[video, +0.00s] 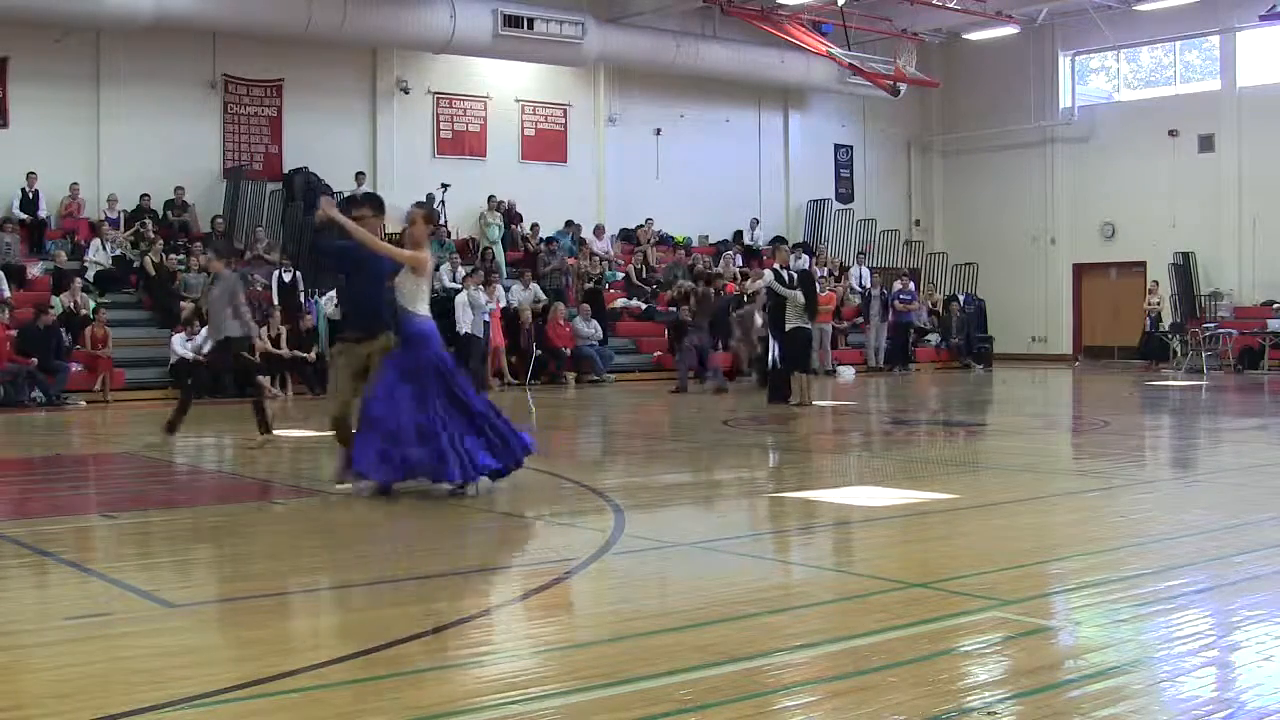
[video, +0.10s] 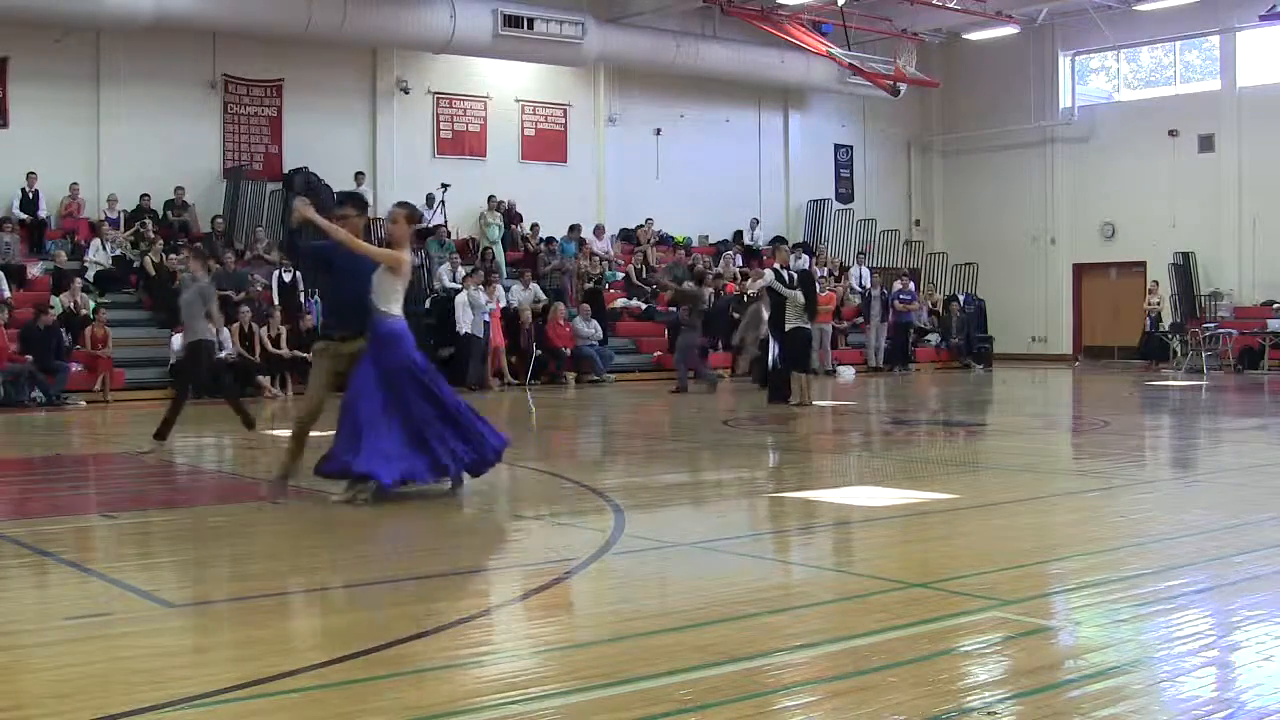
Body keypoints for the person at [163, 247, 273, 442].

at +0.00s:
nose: (207, 263)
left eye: (211, 259)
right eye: (208, 259)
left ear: (223, 261)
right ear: (216, 261)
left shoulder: (232, 279)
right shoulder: (214, 282)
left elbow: (241, 308)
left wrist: (253, 331)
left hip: (235, 337)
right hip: (221, 338)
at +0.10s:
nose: (190, 264)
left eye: (194, 260)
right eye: (190, 260)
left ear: (203, 264)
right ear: (191, 263)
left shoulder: (207, 287)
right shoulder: (188, 286)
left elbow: (216, 317)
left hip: (203, 343)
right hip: (191, 343)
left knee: (182, 388)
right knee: (221, 384)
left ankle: (163, 431)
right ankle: (245, 417)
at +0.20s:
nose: (165, 266)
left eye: (169, 262)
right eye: (164, 263)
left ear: (177, 264)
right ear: (163, 266)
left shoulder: (181, 282)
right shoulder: (165, 285)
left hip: (181, 336)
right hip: (170, 337)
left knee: (173, 386)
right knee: (175, 386)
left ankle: (161, 432)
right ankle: (205, 414)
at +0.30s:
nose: (136, 258)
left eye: (140, 255)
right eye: (136, 254)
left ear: (153, 257)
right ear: (142, 258)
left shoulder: (162, 280)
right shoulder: (143, 280)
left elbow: (169, 311)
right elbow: (148, 311)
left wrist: (168, 344)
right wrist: (144, 338)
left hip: (161, 338)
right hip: (146, 339)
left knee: (162, 388)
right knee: (132, 385)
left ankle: (158, 437)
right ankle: (156, 426)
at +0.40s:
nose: (113, 259)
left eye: (118, 255)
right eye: (114, 255)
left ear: (130, 258)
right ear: (126, 258)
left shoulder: (139, 283)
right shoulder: (122, 282)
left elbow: (142, 319)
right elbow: (124, 318)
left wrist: (138, 349)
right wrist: (113, 345)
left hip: (142, 341)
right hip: (124, 341)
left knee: (152, 388)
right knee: (101, 381)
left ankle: (156, 437)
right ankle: (93, 432)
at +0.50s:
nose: (96, 267)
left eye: (100, 264)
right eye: (96, 264)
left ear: (111, 265)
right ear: (102, 266)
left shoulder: (119, 289)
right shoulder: (97, 289)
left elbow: (117, 321)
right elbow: (96, 319)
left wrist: (106, 348)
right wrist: (91, 342)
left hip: (121, 343)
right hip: (100, 344)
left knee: (137, 388)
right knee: (76, 386)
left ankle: (152, 436)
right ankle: (58, 428)